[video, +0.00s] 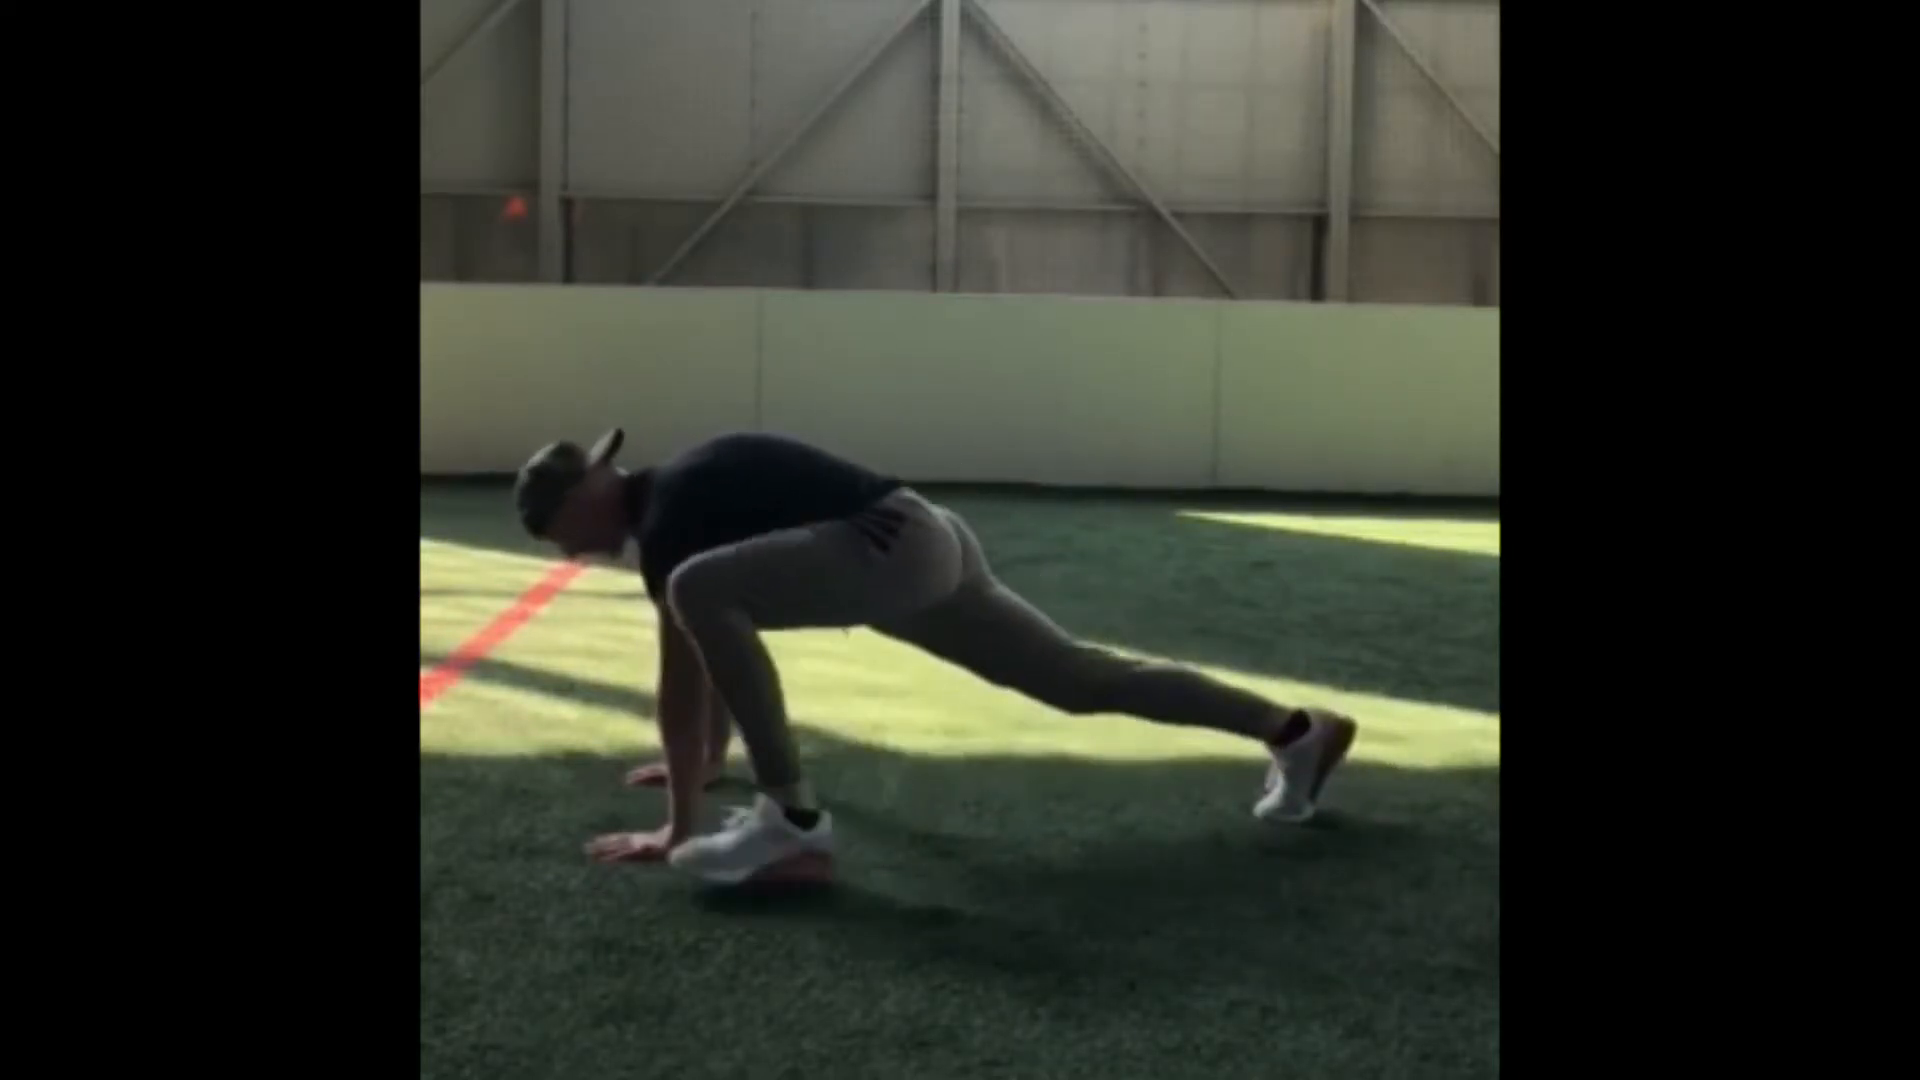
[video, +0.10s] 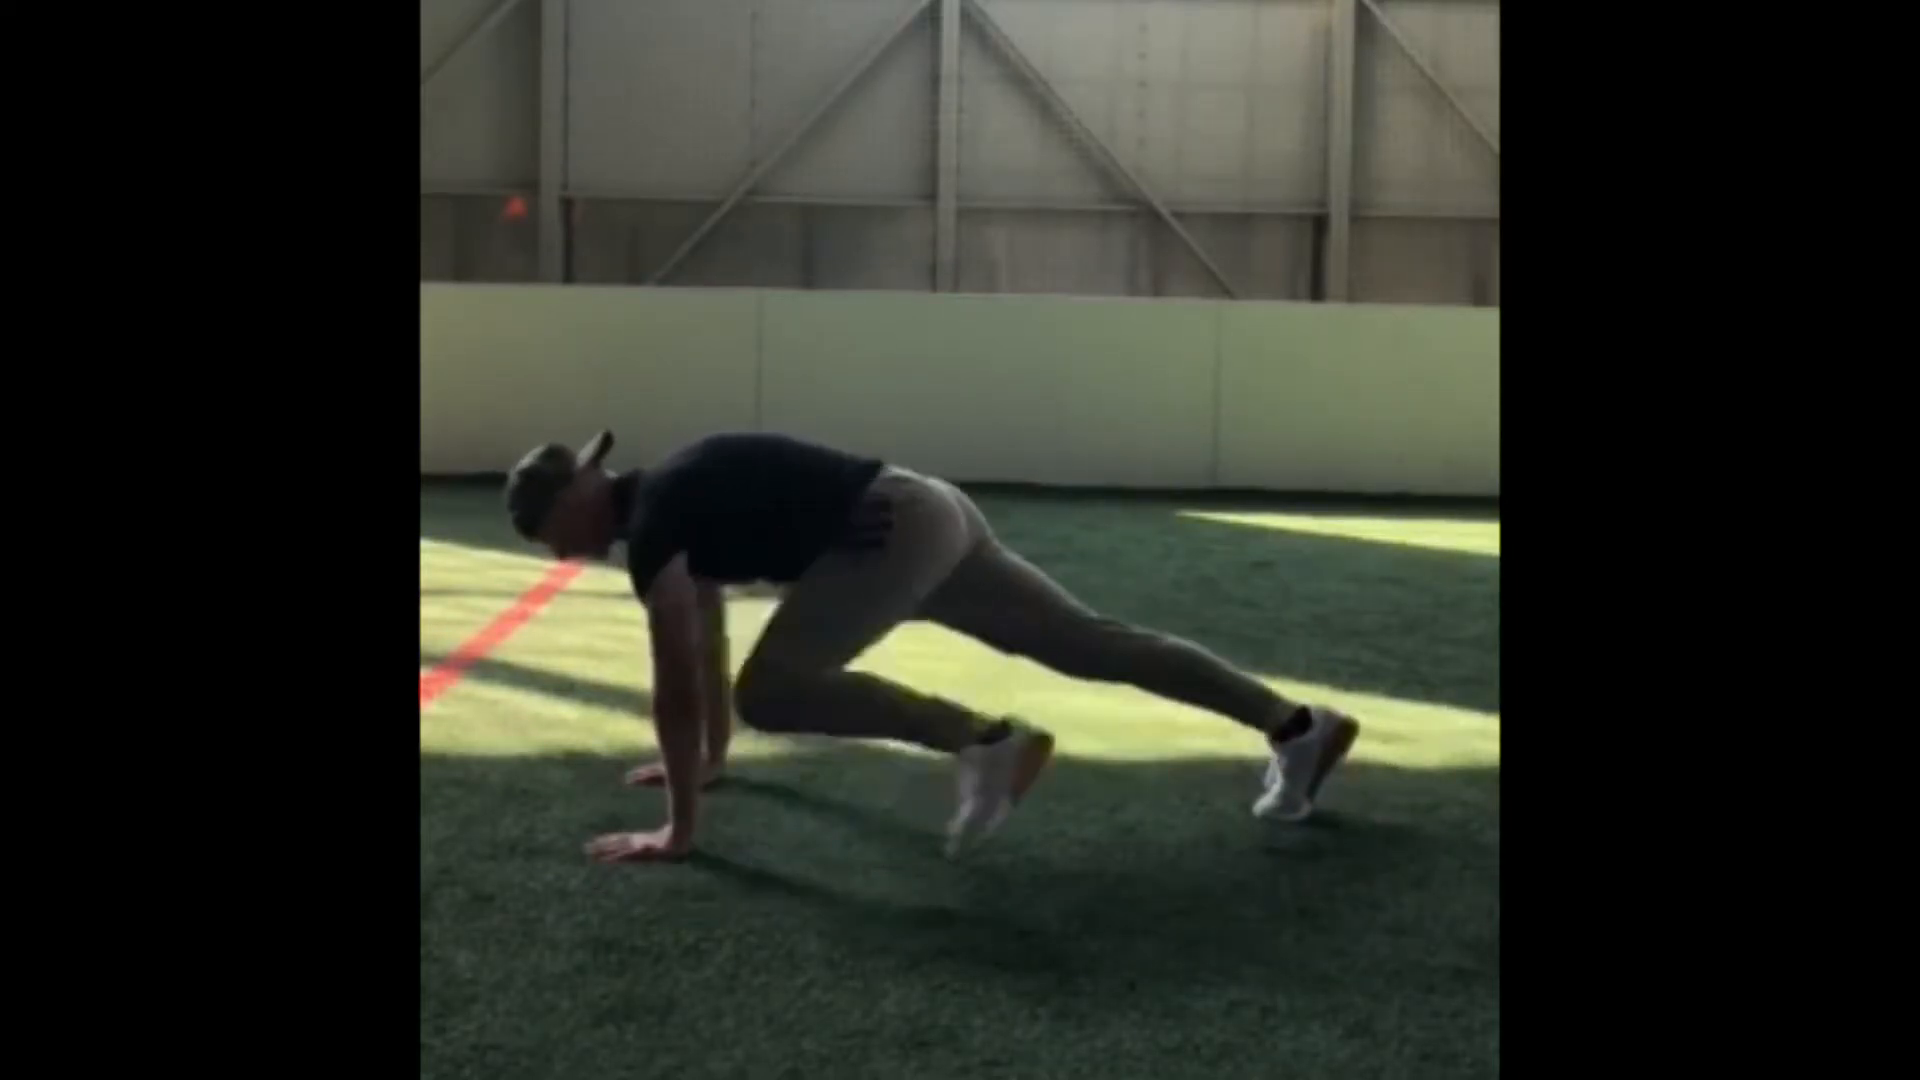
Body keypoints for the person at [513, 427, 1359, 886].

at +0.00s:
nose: (572, 554)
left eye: (564, 538)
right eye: (560, 544)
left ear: (591, 502)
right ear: (603, 488)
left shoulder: (662, 532)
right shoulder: (674, 500)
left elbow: (680, 683)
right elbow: (699, 661)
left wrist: (678, 825)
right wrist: (688, 760)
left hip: (894, 551)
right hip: (932, 543)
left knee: (697, 591)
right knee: (1080, 680)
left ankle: (782, 820)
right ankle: (1295, 733)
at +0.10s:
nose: (567, 558)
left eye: (561, 541)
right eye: (555, 547)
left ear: (582, 503)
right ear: (594, 484)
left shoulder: (649, 532)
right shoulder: (668, 497)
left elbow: (676, 687)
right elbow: (706, 652)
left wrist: (680, 828)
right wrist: (701, 759)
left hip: (891, 532)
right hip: (932, 506)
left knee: (764, 699)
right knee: (1083, 645)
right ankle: (1295, 727)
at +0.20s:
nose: (565, 558)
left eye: (558, 542)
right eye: (553, 547)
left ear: (578, 502)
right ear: (591, 483)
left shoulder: (642, 531)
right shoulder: (669, 494)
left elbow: (671, 687)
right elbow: (708, 645)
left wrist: (677, 831)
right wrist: (709, 751)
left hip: (895, 544)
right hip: (924, 504)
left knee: (926, 776)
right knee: (1097, 638)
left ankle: (1135, 703)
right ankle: (1295, 725)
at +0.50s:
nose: (567, 571)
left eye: (559, 556)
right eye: (555, 561)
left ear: (580, 511)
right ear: (590, 498)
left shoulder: (648, 538)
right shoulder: (672, 504)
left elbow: (674, 694)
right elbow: (714, 654)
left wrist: (677, 832)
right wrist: (707, 756)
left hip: (919, 536)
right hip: (922, 504)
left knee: (1060, 700)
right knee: (1050, 674)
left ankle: (1297, 771)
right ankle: (1238, 688)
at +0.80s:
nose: (570, 555)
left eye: (563, 540)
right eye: (560, 543)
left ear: (585, 508)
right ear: (605, 481)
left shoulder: (642, 534)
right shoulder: (684, 482)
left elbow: (671, 686)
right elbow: (713, 634)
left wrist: (677, 831)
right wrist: (714, 738)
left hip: (888, 575)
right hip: (910, 516)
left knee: (1068, 723)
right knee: (740, 534)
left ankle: (1295, 783)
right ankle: (755, 724)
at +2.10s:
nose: (580, 550)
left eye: (575, 527)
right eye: (568, 537)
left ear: (606, 486)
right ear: (616, 482)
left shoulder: (671, 520)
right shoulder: (692, 511)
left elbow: (682, 683)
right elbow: (714, 674)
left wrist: (679, 826)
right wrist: (705, 783)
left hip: (887, 588)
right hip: (924, 590)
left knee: (674, 590)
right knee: (1060, 745)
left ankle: (576, 826)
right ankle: (1281, 739)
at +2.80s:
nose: (566, 565)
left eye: (558, 550)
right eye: (555, 553)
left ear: (575, 510)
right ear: (592, 486)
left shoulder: (636, 530)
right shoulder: (678, 497)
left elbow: (667, 683)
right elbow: (713, 647)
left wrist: (677, 829)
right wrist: (709, 753)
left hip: (893, 521)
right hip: (891, 478)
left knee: (1079, 671)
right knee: (811, 595)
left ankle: (1312, 738)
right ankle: (984, 696)